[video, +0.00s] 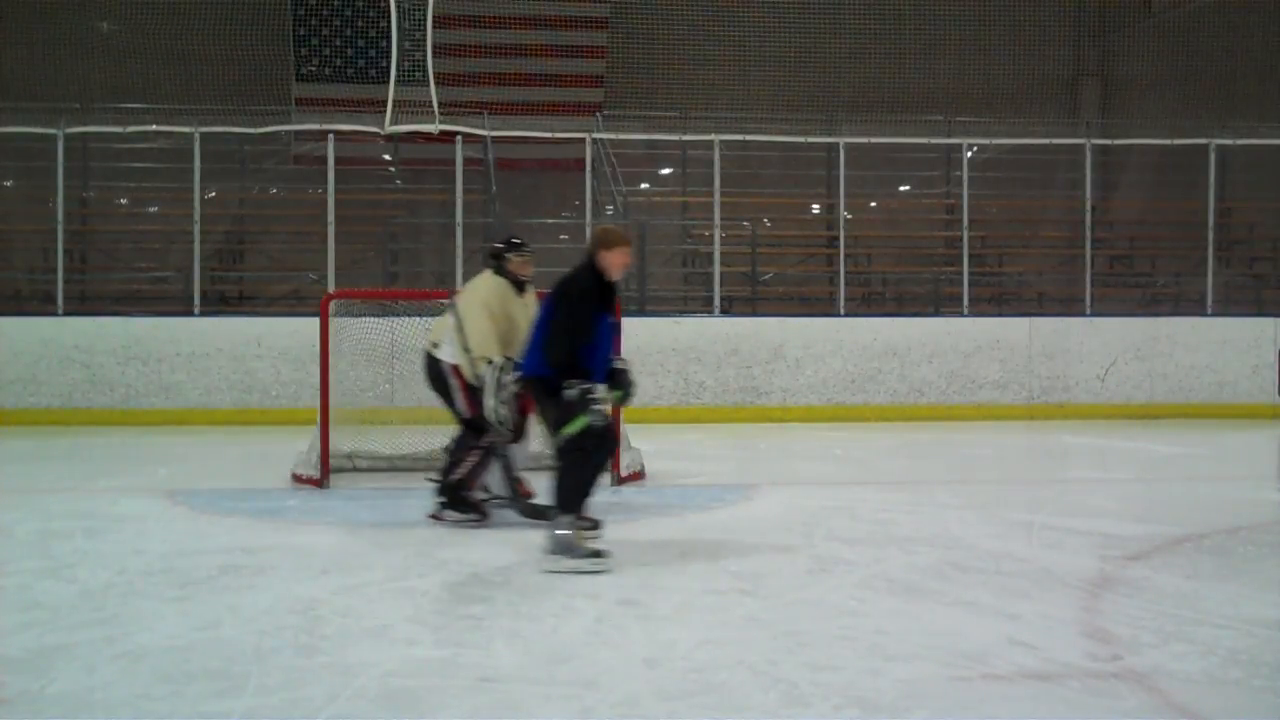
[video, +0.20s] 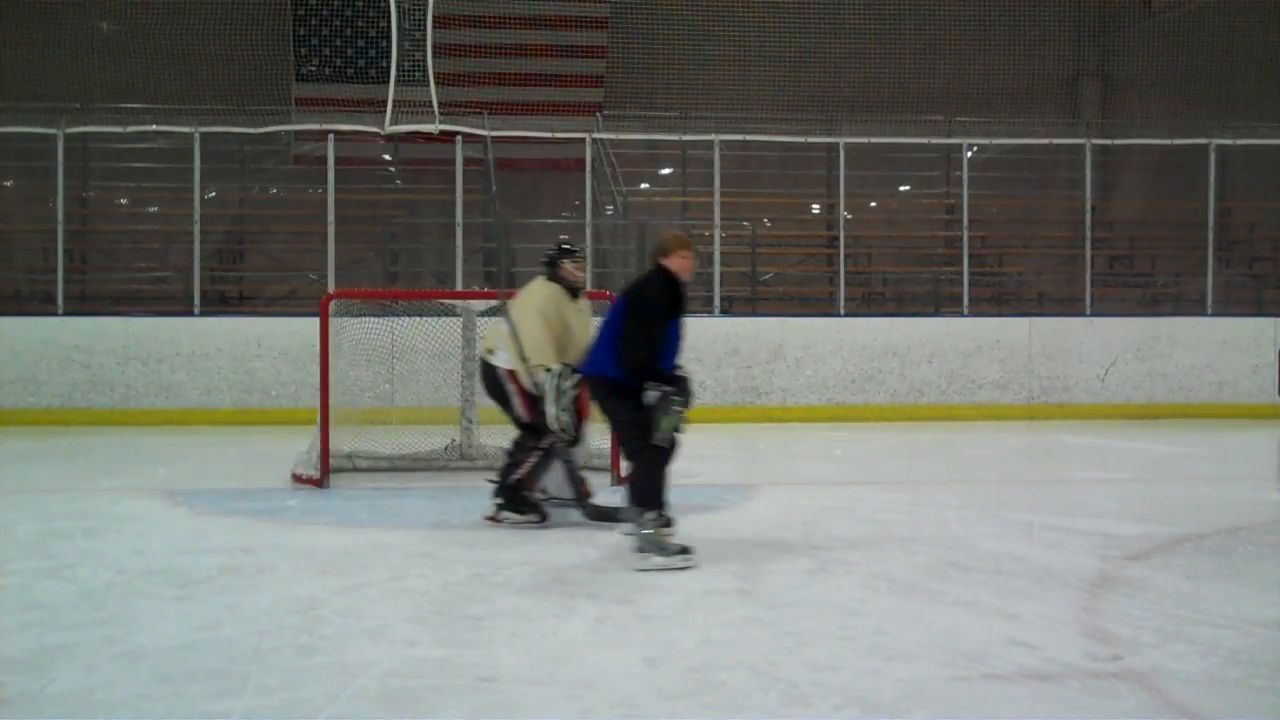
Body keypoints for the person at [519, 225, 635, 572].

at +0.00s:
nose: (625, 263)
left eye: (628, 256)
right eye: (620, 255)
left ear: (620, 258)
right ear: (601, 254)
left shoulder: (604, 289)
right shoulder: (579, 286)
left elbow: (602, 340)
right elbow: (563, 342)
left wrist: (614, 370)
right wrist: (577, 386)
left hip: (575, 379)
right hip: (548, 377)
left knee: (600, 439)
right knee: (579, 441)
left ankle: (570, 511)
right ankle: (564, 525)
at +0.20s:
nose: (690, 263)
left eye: (690, 256)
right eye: (683, 256)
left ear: (679, 260)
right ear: (665, 259)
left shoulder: (665, 289)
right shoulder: (654, 289)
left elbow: (656, 348)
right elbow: (639, 346)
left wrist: (673, 379)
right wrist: (657, 385)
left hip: (628, 375)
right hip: (611, 375)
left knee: (655, 443)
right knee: (647, 446)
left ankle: (642, 508)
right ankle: (648, 525)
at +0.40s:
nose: (757, 277)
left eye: (757, 270)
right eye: (751, 270)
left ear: (741, 273)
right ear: (732, 272)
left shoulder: (733, 304)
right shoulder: (714, 302)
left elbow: (723, 362)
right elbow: (702, 363)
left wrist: (727, 403)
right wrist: (720, 411)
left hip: (686, 377)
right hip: (661, 377)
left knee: (720, 440)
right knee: (708, 445)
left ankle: (715, 511)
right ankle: (708, 520)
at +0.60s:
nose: (804, 285)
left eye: (805, 278)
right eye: (796, 279)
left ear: (805, 281)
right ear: (777, 280)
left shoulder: (781, 310)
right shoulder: (759, 310)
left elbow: (774, 364)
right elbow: (755, 379)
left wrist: (779, 380)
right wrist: (782, 425)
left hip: (737, 380)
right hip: (708, 381)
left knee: (776, 440)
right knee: (756, 448)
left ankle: (774, 508)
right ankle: (736, 524)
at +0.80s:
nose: (825, 281)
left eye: (829, 275)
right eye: (817, 275)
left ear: (833, 278)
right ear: (800, 278)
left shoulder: (821, 309)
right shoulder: (783, 309)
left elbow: (813, 348)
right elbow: (780, 377)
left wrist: (819, 371)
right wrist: (807, 424)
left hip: (784, 382)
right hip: (746, 382)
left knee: (816, 439)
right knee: (786, 452)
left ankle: (829, 511)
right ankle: (756, 524)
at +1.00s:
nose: (818, 265)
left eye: (823, 258)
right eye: (810, 260)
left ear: (832, 260)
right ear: (798, 264)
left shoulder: (845, 289)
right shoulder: (783, 299)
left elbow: (858, 325)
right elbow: (776, 362)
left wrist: (856, 356)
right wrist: (793, 408)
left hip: (812, 380)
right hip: (765, 382)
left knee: (845, 436)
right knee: (773, 444)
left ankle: (851, 509)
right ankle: (760, 522)